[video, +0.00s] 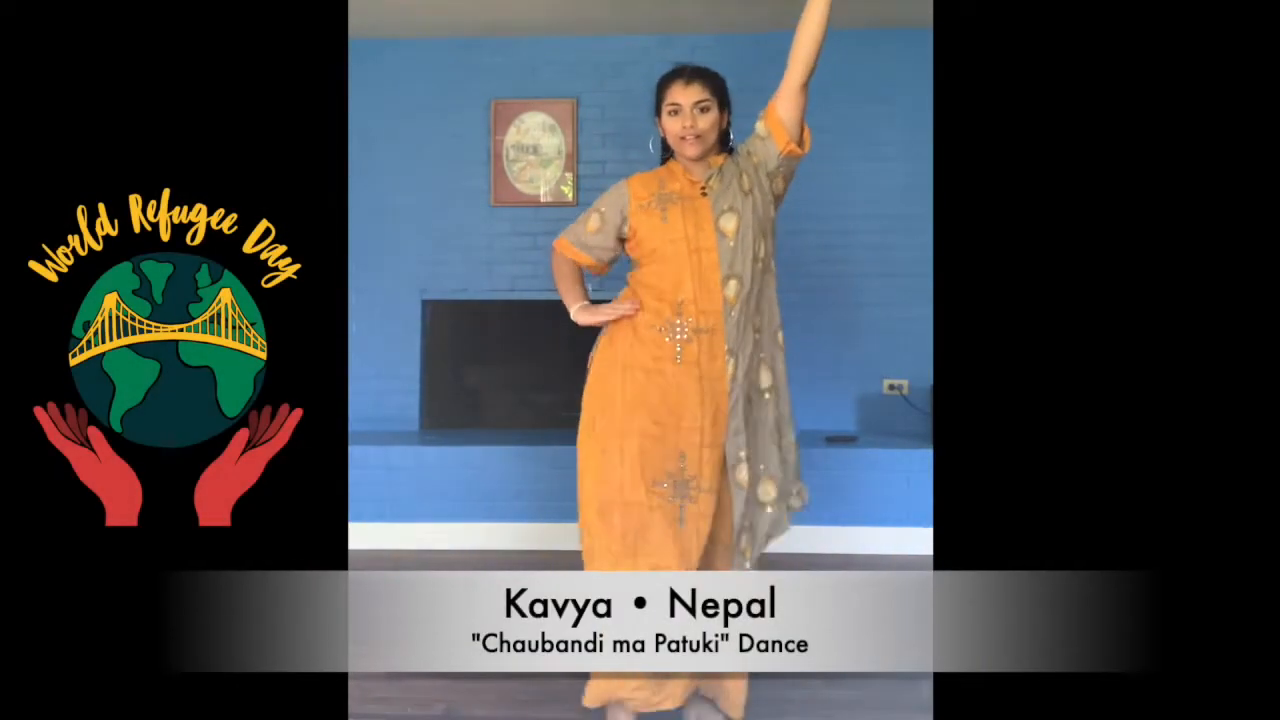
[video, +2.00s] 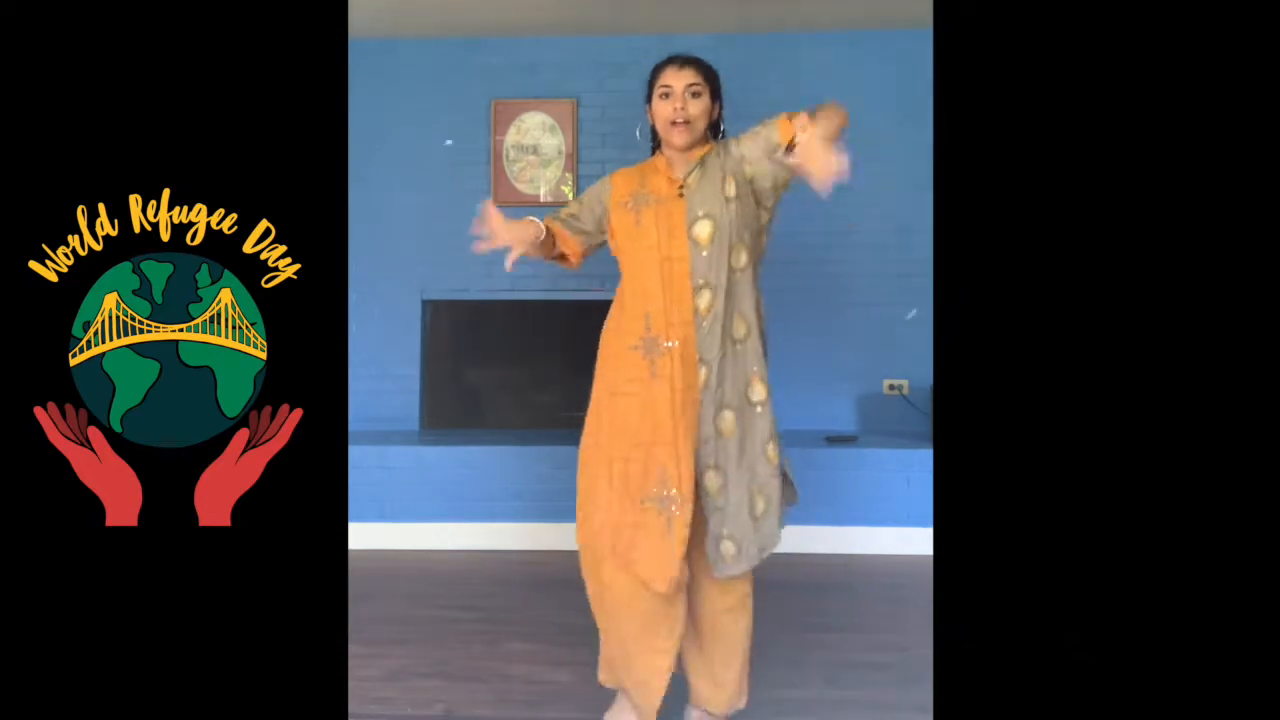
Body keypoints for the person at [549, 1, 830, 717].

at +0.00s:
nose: (687, 121)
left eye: (701, 109)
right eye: (674, 111)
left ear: (723, 117)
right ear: (660, 122)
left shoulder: (751, 179)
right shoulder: (636, 193)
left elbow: (796, 80)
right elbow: (566, 250)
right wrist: (579, 308)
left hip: (720, 373)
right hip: (636, 369)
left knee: (709, 523)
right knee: (634, 518)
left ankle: (704, 674)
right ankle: (632, 684)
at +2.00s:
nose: (678, 106)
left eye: (692, 95)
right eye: (666, 95)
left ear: (714, 109)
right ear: (649, 111)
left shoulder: (740, 162)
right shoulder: (621, 188)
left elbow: (825, 116)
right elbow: (567, 235)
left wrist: (812, 138)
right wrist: (528, 233)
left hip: (723, 384)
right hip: (637, 385)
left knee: (720, 547)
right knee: (633, 541)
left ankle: (714, 702)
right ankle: (635, 695)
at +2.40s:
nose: (695, 135)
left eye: (708, 122)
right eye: (682, 126)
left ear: (732, 132)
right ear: (667, 140)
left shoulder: (760, 219)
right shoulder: (634, 210)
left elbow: (761, 324)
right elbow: (595, 308)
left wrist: (727, 320)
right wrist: (615, 302)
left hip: (730, 406)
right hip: (644, 402)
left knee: (726, 538)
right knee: (637, 526)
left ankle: (705, 686)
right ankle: (637, 658)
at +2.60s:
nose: (696, 98)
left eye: (710, 87)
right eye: (683, 88)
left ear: (733, 101)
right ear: (666, 104)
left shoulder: (764, 172)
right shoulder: (637, 173)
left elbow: (760, 271)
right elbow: (617, 261)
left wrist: (731, 314)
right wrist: (611, 285)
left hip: (723, 370)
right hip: (641, 367)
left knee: (718, 517)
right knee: (650, 521)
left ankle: (712, 667)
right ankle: (667, 693)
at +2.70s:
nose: (693, 103)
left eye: (708, 93)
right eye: (681, 93)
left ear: (731, 107)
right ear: (664, 109)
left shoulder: (757, 169)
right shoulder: (635, 181)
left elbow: (759, 272)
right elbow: (619, 264)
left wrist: (745, 345)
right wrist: (607, 315)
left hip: (717, 383)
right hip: (636, 380)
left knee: (716, 540)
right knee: (642, 541)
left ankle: (714, 674)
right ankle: (650, 696)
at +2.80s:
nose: (694, 107)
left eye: (709, 96)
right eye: (681, 96)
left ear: (731, 110)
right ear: (664, 111)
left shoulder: (759, 179)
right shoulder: (633, 186)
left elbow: (757, 282)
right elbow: (621, 280)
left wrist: (754, 374)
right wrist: (608, 350)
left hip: (726, 398)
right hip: (642, 395)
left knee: (724, 551)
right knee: (641, 554)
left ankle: (710, 694)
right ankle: (646, 703)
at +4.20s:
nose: (674, 86)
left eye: (688, 76)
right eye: (661, 79)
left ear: (710, 97)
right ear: (644, 102)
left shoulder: (741, 162)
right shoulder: (619, 168)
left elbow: (756, 256)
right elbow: (602, 245)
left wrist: (758, 307)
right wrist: (587, 278)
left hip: (713, 376)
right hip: (627, 375)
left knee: (711, 535)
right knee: (619, 532)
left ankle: (709, 697)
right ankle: (613, 697)